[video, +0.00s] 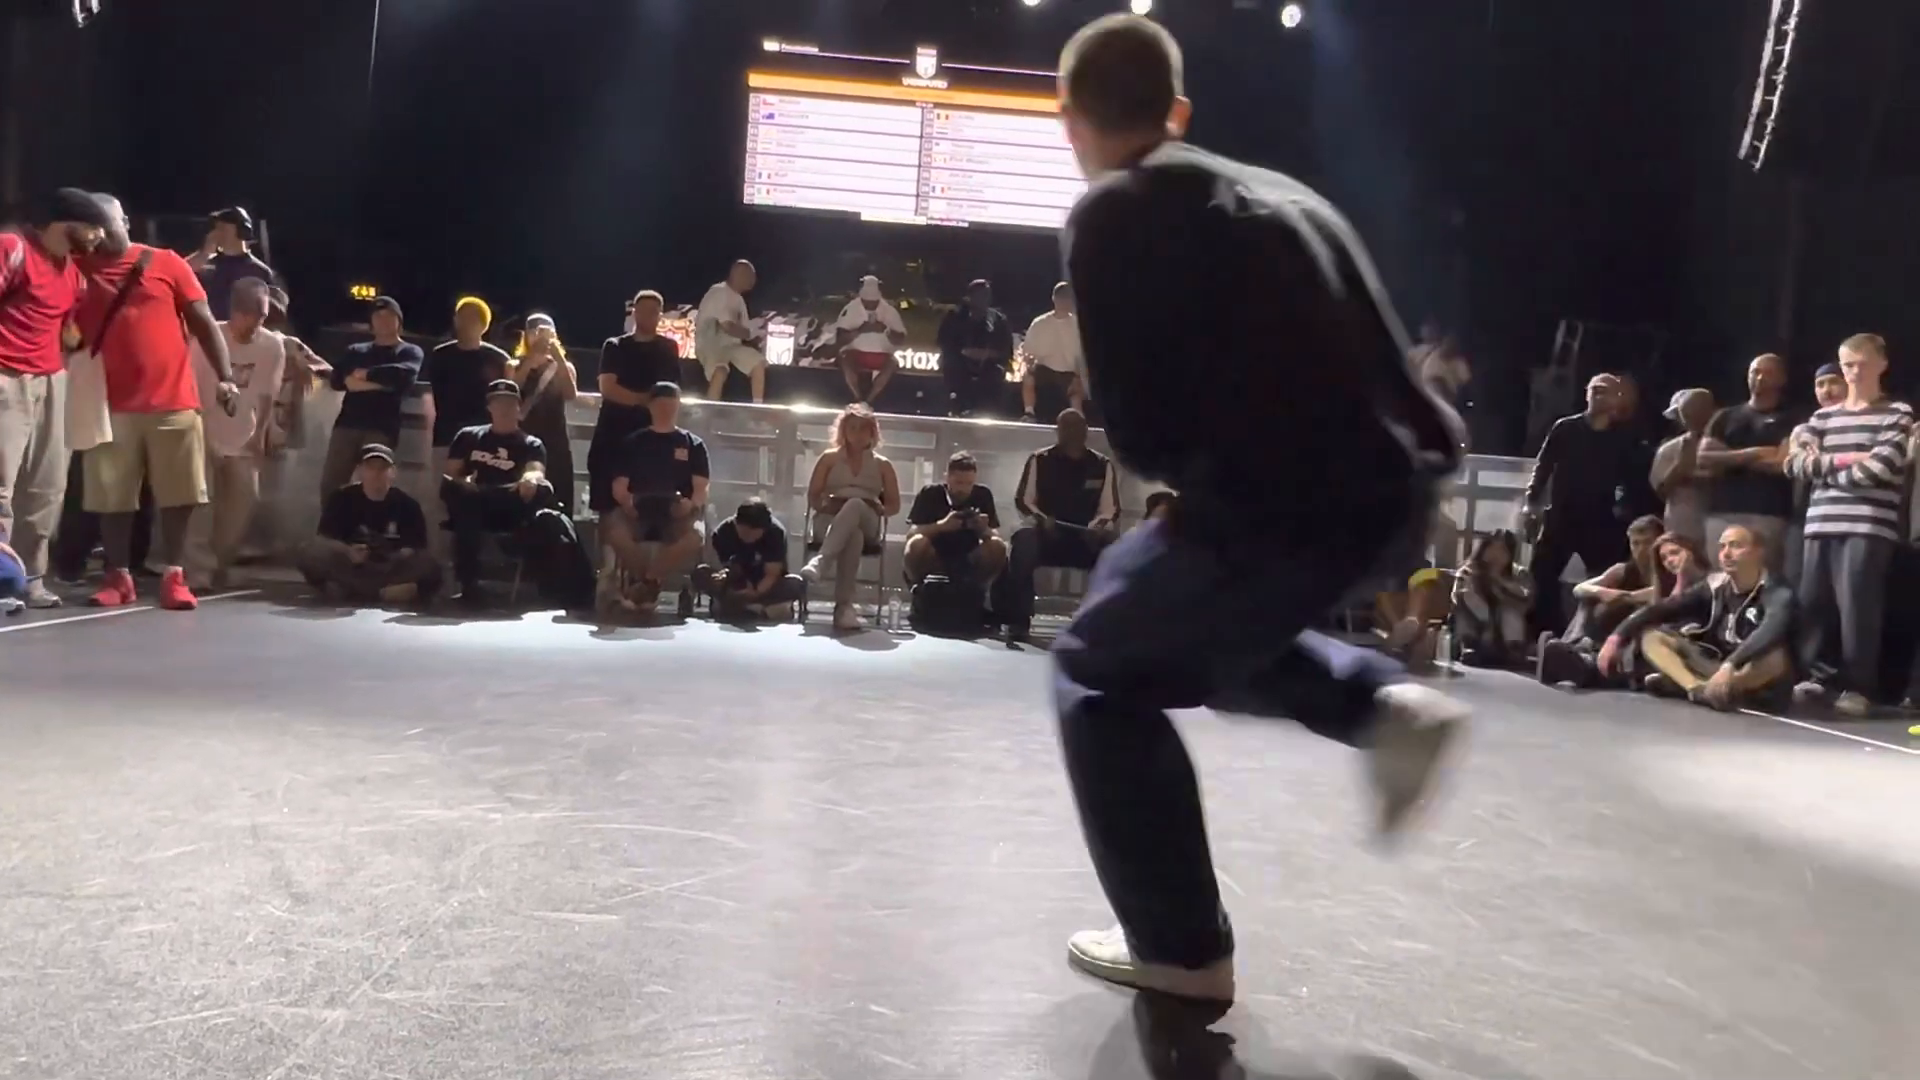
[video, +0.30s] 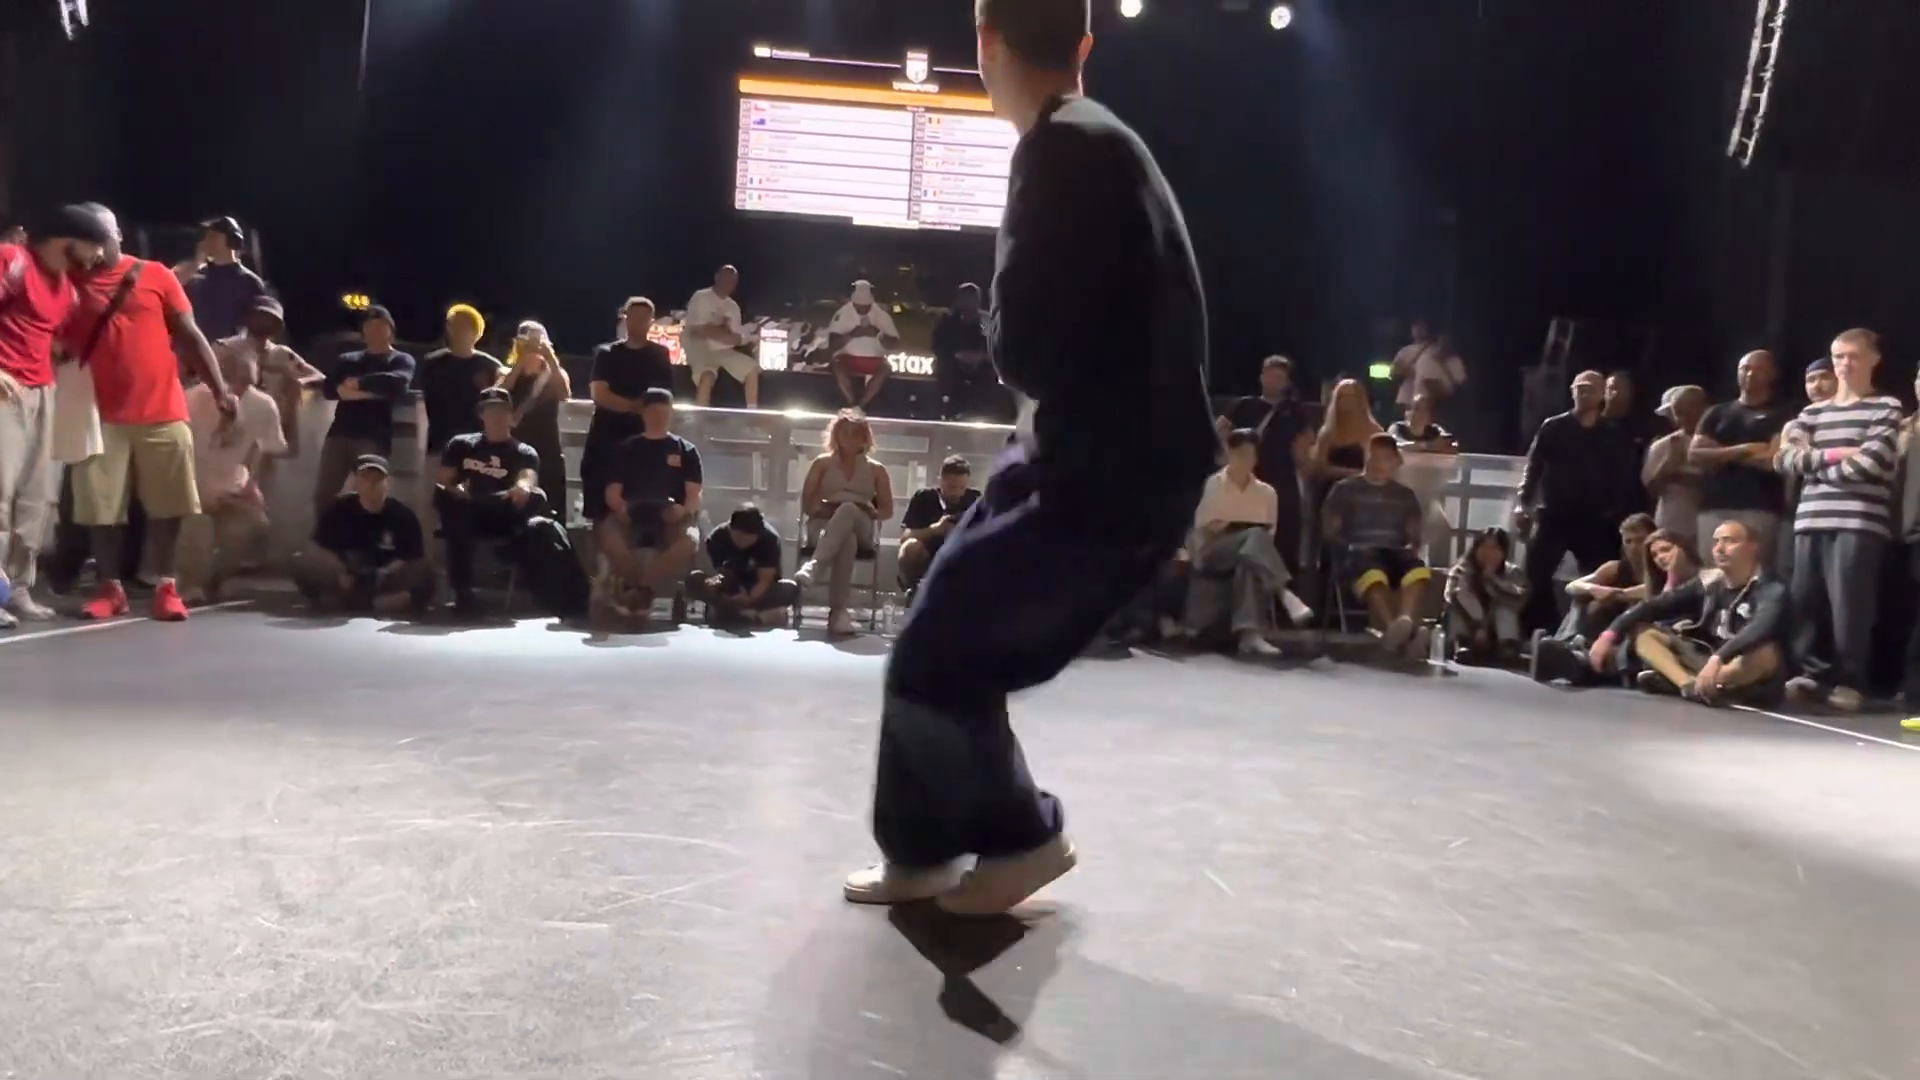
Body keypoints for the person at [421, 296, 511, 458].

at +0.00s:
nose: (466, 325)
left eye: (473, 320)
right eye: (462, 319)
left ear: (484, 326)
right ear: (455, 321)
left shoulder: (500, 359)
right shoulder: (438, 355)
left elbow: (505, 403)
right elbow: (428, 400)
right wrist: (429, 443)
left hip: (485, 444)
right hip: (445, 441)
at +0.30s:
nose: (460, 333)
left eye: (466, 327)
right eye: (455, 327)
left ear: (478, 333)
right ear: (448, 329)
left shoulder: (492, 367)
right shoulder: (430, 363)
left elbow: (496, 409)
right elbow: (421, 409)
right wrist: (423, 451)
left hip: (479, 452)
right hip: (438, 450)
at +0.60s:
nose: (461, 330)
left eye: (467, 324)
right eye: (457, 323)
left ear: (478, 329)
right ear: (448, 327)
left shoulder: (490, 363)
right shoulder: (431, 360)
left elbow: (491, 404)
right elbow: (429, 403)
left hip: (475, 444)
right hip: (436, 442)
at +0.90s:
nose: (465, 346)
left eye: (471, 340)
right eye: (461, 339)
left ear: (480, 345)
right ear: (452, 343)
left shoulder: (493, 378)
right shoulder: (435, 375)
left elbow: (495, 419)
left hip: (478, 458)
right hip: (440, 456)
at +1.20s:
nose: (470, 356)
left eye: (475, 350)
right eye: (465, 350)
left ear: (484, 354)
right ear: (455, 353)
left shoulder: (497, 388)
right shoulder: (439, 386)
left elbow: (500, 427)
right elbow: (435, 427)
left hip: (484, 464)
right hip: (446, 464)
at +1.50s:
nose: (472, 357)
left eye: (477, 352)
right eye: (467, 351)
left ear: (485, 356)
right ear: (456, 355)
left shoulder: (498, 391)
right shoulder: (440, 389)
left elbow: (501, 429)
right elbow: (437, 428)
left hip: (483, 466)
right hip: (446, 465)